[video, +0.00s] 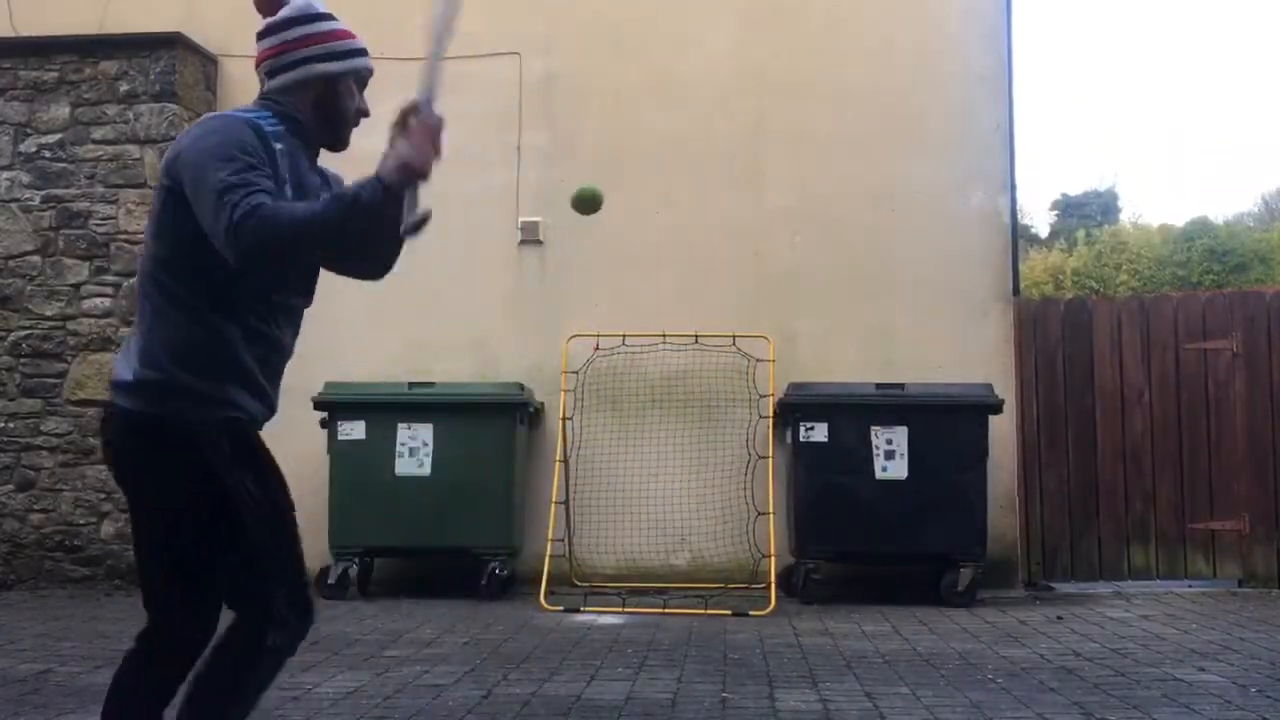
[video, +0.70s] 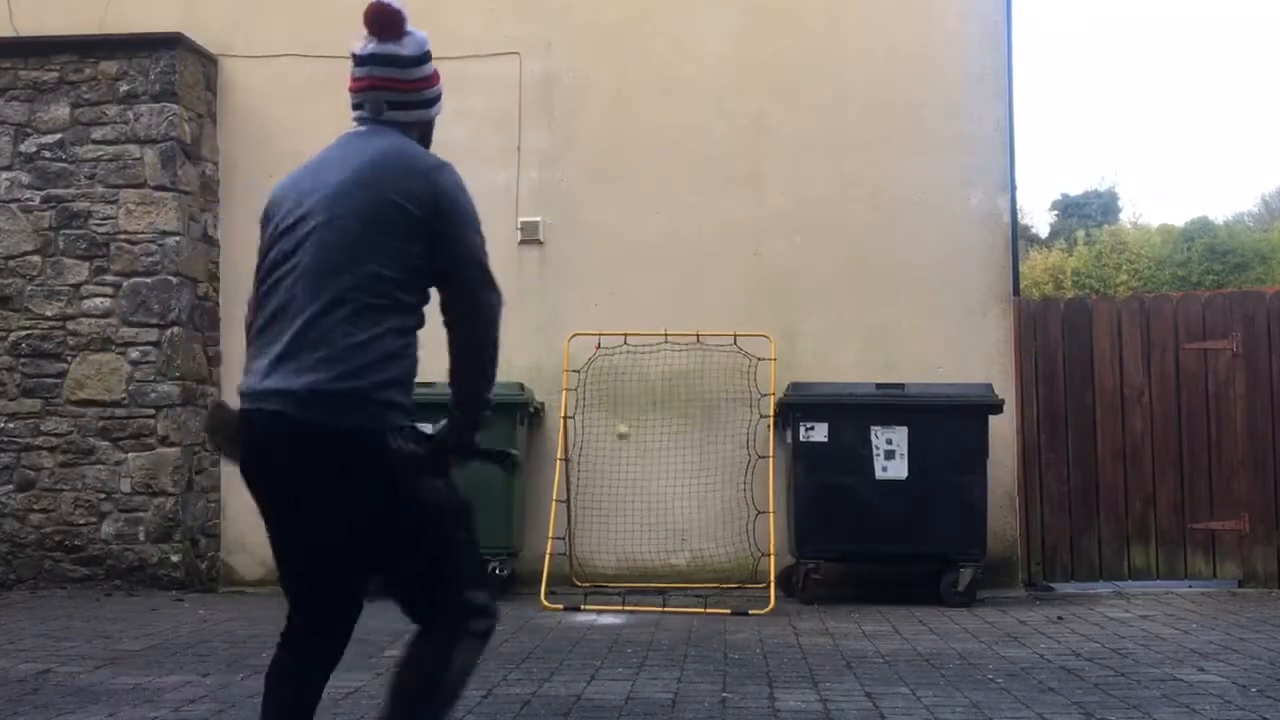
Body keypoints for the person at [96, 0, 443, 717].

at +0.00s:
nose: (366, 105)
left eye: (366, 88)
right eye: (359, 86)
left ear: (307, 84)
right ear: (318, 82)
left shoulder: (304, 173)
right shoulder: (223, 137)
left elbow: (365, 257)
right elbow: (249, 231)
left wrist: (404, 177)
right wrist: (384, 180)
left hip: (220, 424)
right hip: (169, 419)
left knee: (180, 623)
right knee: (278, 614)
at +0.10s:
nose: (377, 117)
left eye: (378, 100)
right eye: (366, 98)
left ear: (316, 93)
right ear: (323, 94)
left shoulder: (296, 160)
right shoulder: (267, 152)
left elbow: (369, 240)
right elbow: (344, 280)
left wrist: (420, 188)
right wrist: (426, 200)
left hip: (201, 419)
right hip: (159, 414)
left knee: (218, 633)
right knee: (178, 636)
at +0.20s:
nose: (387, 124)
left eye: (387, 106)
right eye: (380, 105)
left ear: (320, 97)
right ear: (339, 102)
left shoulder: (277, 160)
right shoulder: (286, 171)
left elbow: (364, 262)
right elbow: (361, 311)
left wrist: (447, 261)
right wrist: (467, 284)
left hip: (167, 416)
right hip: (168, 421)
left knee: (201, 636)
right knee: (194, 640)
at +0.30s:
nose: (388, 132)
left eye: (388, 114)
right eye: (380, 113)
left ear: (319, 106)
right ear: (339, 110)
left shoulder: (284, 165)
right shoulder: (307, 181)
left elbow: (362, 302)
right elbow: (340, 334)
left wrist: (448, 392)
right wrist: (411, 411)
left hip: (181, 418)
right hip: (177, 423)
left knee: (246, 603)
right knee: (220, 629)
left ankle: (179, 709)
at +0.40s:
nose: (394, 136)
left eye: (395, 119)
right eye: (390, 120)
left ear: (317, 108)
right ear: (365, 116)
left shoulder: (272, 171)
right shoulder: (346, 178)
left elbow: (315, 343)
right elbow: (379, 315)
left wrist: (381, 440)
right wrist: (412, 419)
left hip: (191, 420)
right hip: (228, 431)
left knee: (294, 600)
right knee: (248, 632)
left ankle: (252, 713)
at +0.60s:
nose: (418, 129)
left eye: (412, 115)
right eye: (418, 116)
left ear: (341, 108)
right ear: (410, 114)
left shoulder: (275, 189)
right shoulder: (407, 182)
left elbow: (243, 324)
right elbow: (447, 308)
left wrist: (229, 431)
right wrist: (435, 417)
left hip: (243, 425)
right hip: (333, 429)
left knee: (311, 612)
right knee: (417, 621)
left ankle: (281, 719)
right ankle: (318, 710)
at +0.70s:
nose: (436, 118)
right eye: (434, 104)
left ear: (356, 102)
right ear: (428, 107)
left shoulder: (293, 184)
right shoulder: (429, 180)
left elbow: (262, 317)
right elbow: (475, 309)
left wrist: (268, 405)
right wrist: (462, 430)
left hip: (265, 423)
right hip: (358, 428)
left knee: (320, 610)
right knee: (461, 611)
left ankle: (279, 712)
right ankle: (406, 715)